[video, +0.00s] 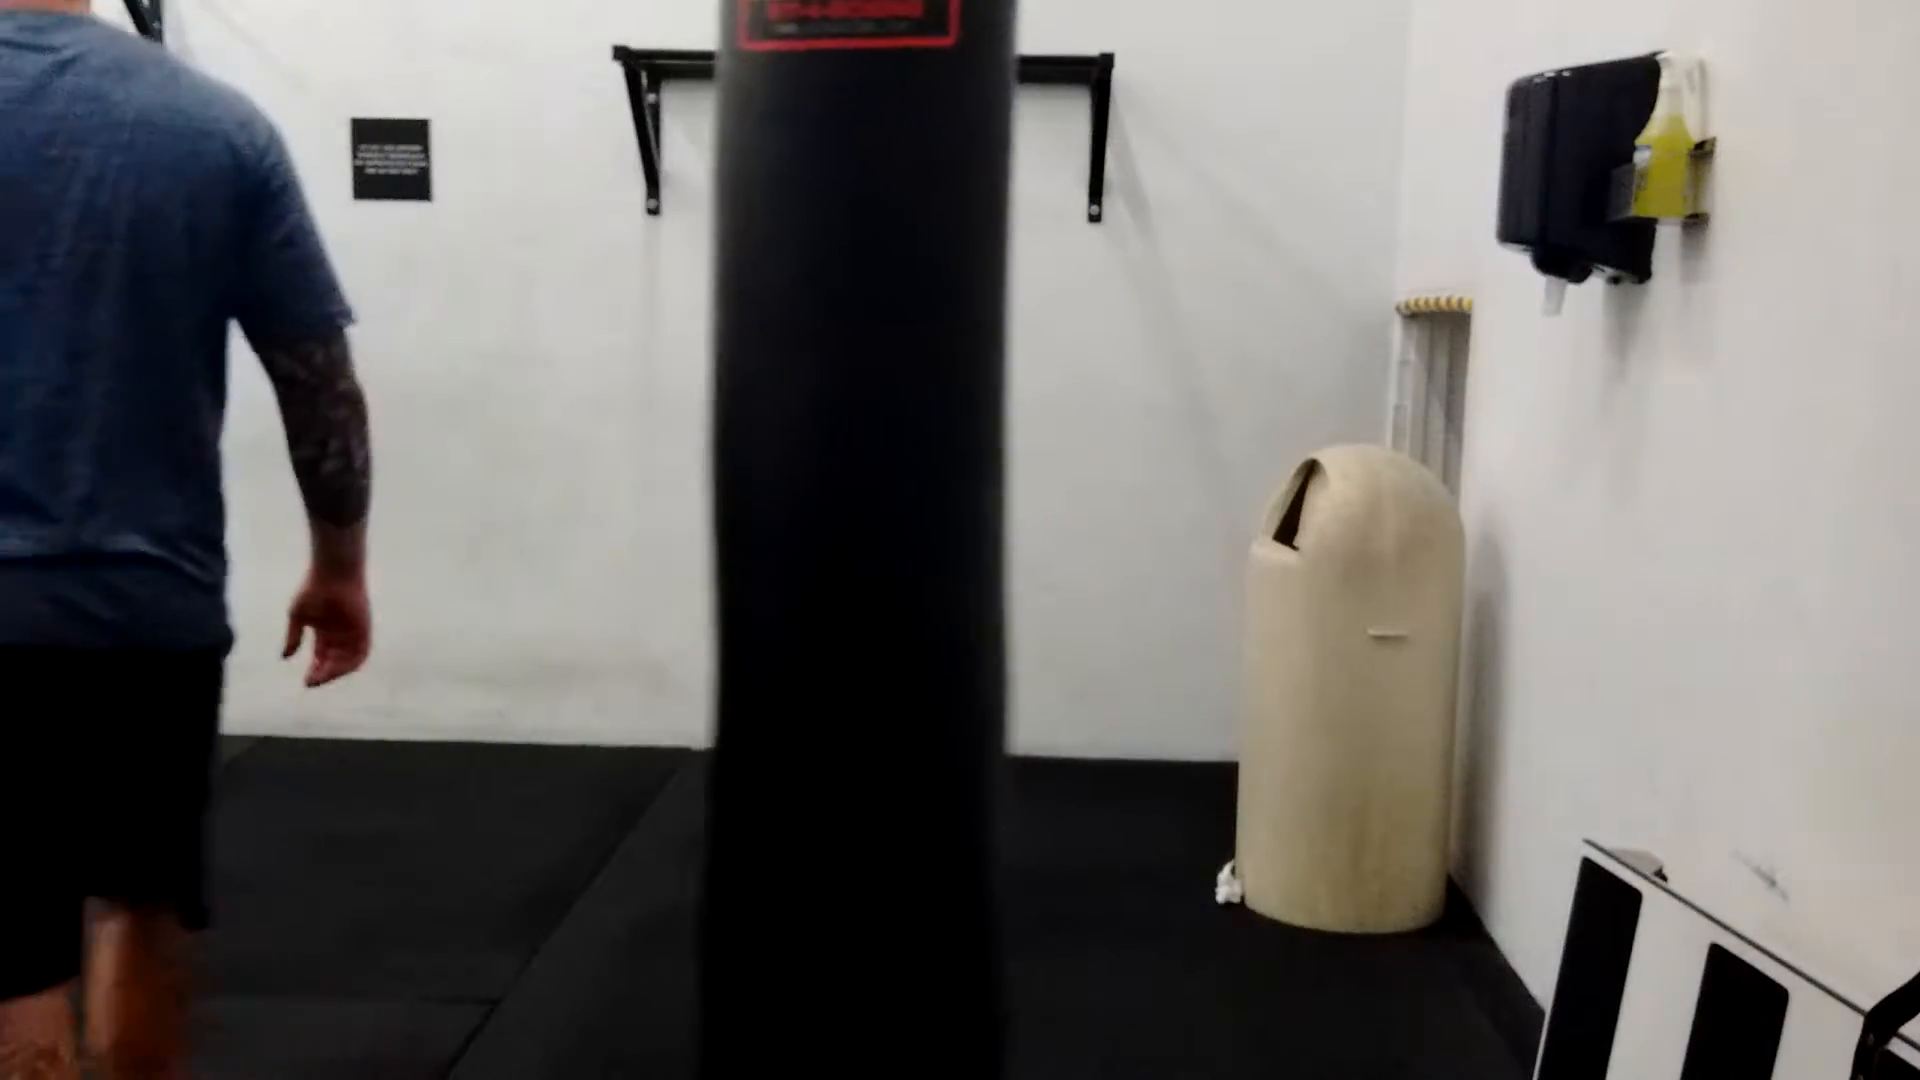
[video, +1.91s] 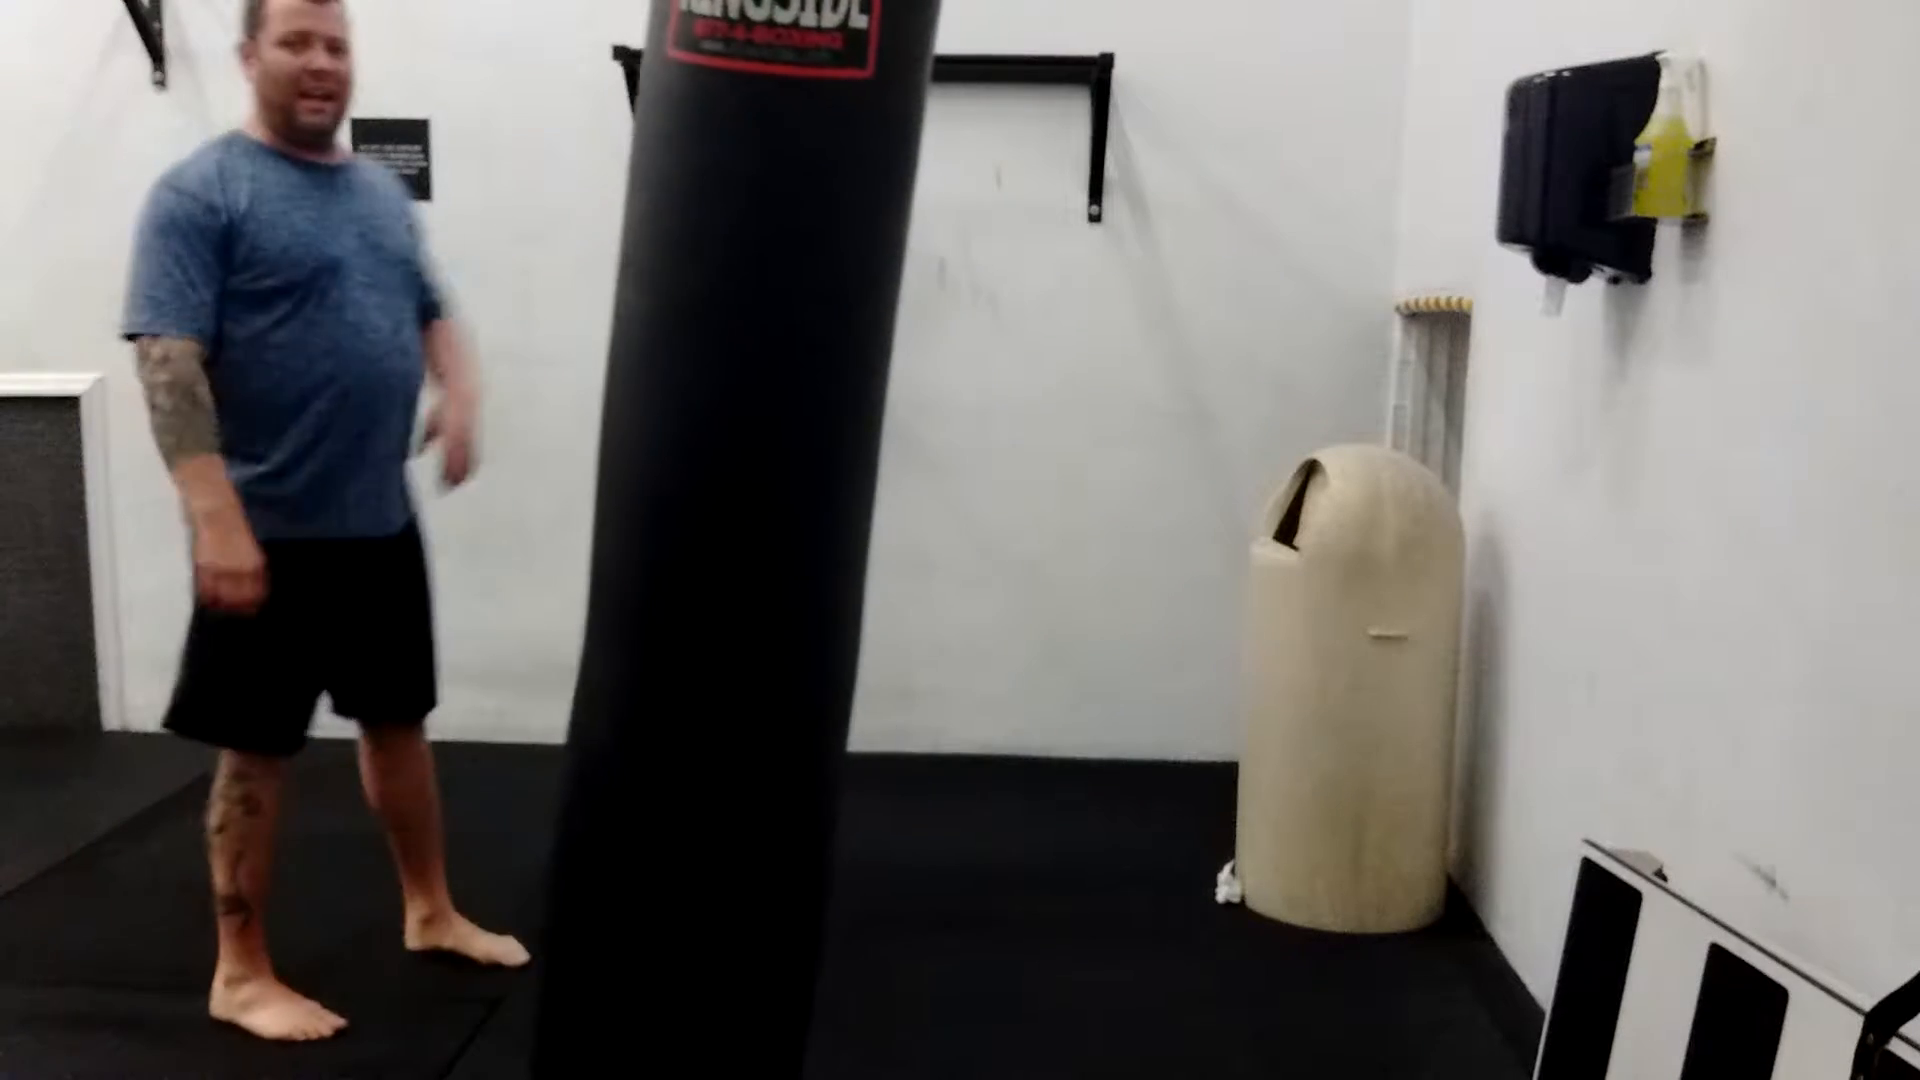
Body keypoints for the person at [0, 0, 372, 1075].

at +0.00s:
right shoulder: (210, 126)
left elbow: (317, 376)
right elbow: (319, 377)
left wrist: (334, 564)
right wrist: (337, 564)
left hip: (14, 598)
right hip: (151, 606)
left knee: (22, 977)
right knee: (143, 915)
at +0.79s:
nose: (171, 53)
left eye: (172, 33)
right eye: (169, 30)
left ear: (36, 28)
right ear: (134, 23)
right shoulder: (169, 171)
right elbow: (269, 370)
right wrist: (315, 474)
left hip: (6, 547)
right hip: (136, 557)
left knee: (28, 811)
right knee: (125, 834)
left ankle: (53, 1035)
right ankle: (87, 1064)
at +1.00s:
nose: (188, 50)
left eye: (186, 27)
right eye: (179, 26)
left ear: (73, 29)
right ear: (128, 22)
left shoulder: (8, 139)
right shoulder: (147, 166)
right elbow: (225, 367)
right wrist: (294, 515)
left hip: (24, 533)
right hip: (151, 535)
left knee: (44, 771)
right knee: (251, 753)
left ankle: (61, 1028)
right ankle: (146, 1005)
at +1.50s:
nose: (262, 56)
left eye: (262, 34)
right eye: (236, 33)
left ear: (179, 50)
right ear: (162, 46)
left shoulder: (189, 168)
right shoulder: (161, 185)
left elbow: (196, 375)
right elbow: (183, 388)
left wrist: (271, 525)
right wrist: (267, 548)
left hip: (206, 520)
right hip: (196, 528)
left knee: (213, 729)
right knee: (240, 748)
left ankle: (116, 907)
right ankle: (240, 978)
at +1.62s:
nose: (276, 54)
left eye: (283, 34)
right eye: (249, 32)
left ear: (292, 45)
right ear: (182, 45)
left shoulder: (237, 167)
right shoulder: (167, 178)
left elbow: (241, 351)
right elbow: (168, 374)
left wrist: (304, 501)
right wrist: (272, 526)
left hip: (284, 508)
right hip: (207, 521)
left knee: (352, 667)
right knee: (233, 739)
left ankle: (219, 871)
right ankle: (238, 978)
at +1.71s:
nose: (290, 55)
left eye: (300, 37)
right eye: (264, 34)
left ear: (311, 53)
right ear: (201, 50)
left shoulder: (277, 175)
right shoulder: (168, 181)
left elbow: (277, 347)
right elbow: (158, 368)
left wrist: (329, 497)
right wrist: (266, 512)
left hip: (317, 510)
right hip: (215, 525)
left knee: (384, 676)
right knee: (231, 740)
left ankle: (324, 889)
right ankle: (235, 974)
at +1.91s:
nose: (323, 65)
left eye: (337, 46)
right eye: (299, 44)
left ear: (353, 64)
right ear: (249, 59)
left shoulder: (380, 194)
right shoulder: (200, 194)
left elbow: (432, 314)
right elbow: (168, 366)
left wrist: (456, 393)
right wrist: (214, 514)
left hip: (377, 516)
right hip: (264, 525)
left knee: (398, 723)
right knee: (255, 751)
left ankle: (431, 915)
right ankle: (241, 976)